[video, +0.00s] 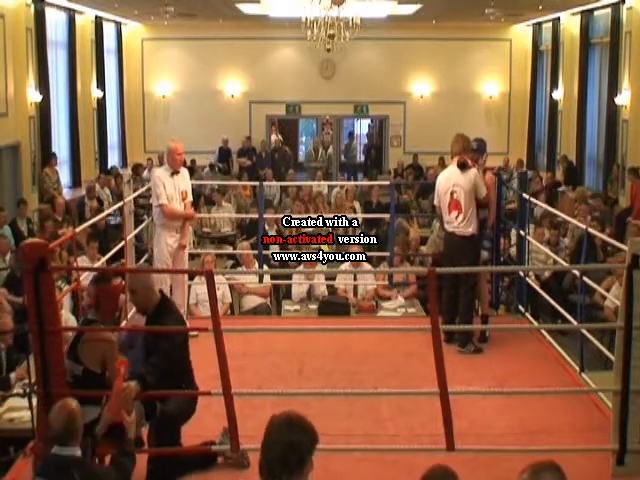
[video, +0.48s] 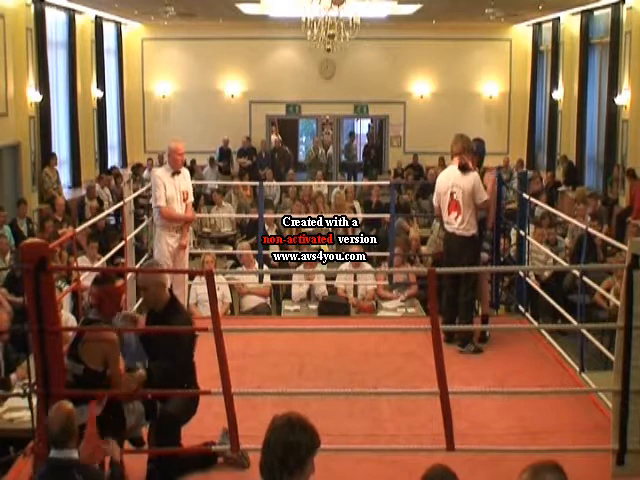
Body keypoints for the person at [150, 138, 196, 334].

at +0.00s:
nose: (181, 158)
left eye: (182, 154)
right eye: (177, 155)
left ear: (183, 156)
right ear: (167, 157)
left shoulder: (184, 173)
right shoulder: (158, 174)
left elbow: (188, 203)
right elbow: (165, 208)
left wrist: (185, 234)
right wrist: (187, 213)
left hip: (182, 227)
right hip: (166, 227)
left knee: (181, 272)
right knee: (163, 272)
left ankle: (180, 316)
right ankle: (161, 317)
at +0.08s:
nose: (181, 158)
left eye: (182, 154)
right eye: (177, 155)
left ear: (184, 156)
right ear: (168, 157)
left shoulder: (185, 173)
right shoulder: (158, 174)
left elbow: (189, 203)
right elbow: (164, 209)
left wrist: (184, 235)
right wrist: (186, 213)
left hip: (183, 228)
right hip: (165, 228)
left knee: (181, 272)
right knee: (163, 272)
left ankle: (180, 314)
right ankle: (161, 314)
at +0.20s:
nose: (181, 158)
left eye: (183, 154)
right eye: (178, 155)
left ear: (184, 156)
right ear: (168, 156)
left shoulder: (185, 173)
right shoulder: (158, 174)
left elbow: (188, 205)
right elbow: (165, 209)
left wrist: (185, 235)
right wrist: (186, 214)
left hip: (183, 228)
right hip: (165, 228)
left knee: (181, 271)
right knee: (164, 270)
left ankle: (181, 310)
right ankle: (162, 309)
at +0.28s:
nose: (182, 158)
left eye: (183, 154)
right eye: (178, 155)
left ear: (184, 156)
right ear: (168, 156)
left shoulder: (185, 173)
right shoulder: (158, 174)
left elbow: (188, 205)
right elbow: (166, 209)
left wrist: (185, 235)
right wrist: (186, 214)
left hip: (183, 228)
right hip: (165, 228)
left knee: (181, 271)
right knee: (164, 269)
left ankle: (181, 308)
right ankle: (163, 307)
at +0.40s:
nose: (182, 158)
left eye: (183, 154)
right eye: (178, 155)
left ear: (184, 156)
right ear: (169, 156)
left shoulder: (185, 173)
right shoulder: (158, 174)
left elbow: (189, 205)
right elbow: (165, 210)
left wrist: (185, 234)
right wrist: (187, 214)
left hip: (183, 228)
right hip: (165, 228)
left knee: (181, 271)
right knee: (164, 270)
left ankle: (181, 309)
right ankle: (162, 309)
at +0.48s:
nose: (182, 159)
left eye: (183, 154)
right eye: (178, 155)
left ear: (184, 156)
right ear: (169, 156)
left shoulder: (185, 173)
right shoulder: (158, 174)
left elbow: (189, 204)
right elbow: (162, 210)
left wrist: (185, 234)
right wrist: (186, 217)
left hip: (183, 230)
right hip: (165, 229)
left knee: (181, 272)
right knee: (164, 271)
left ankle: (181, 309)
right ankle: (162, 310)